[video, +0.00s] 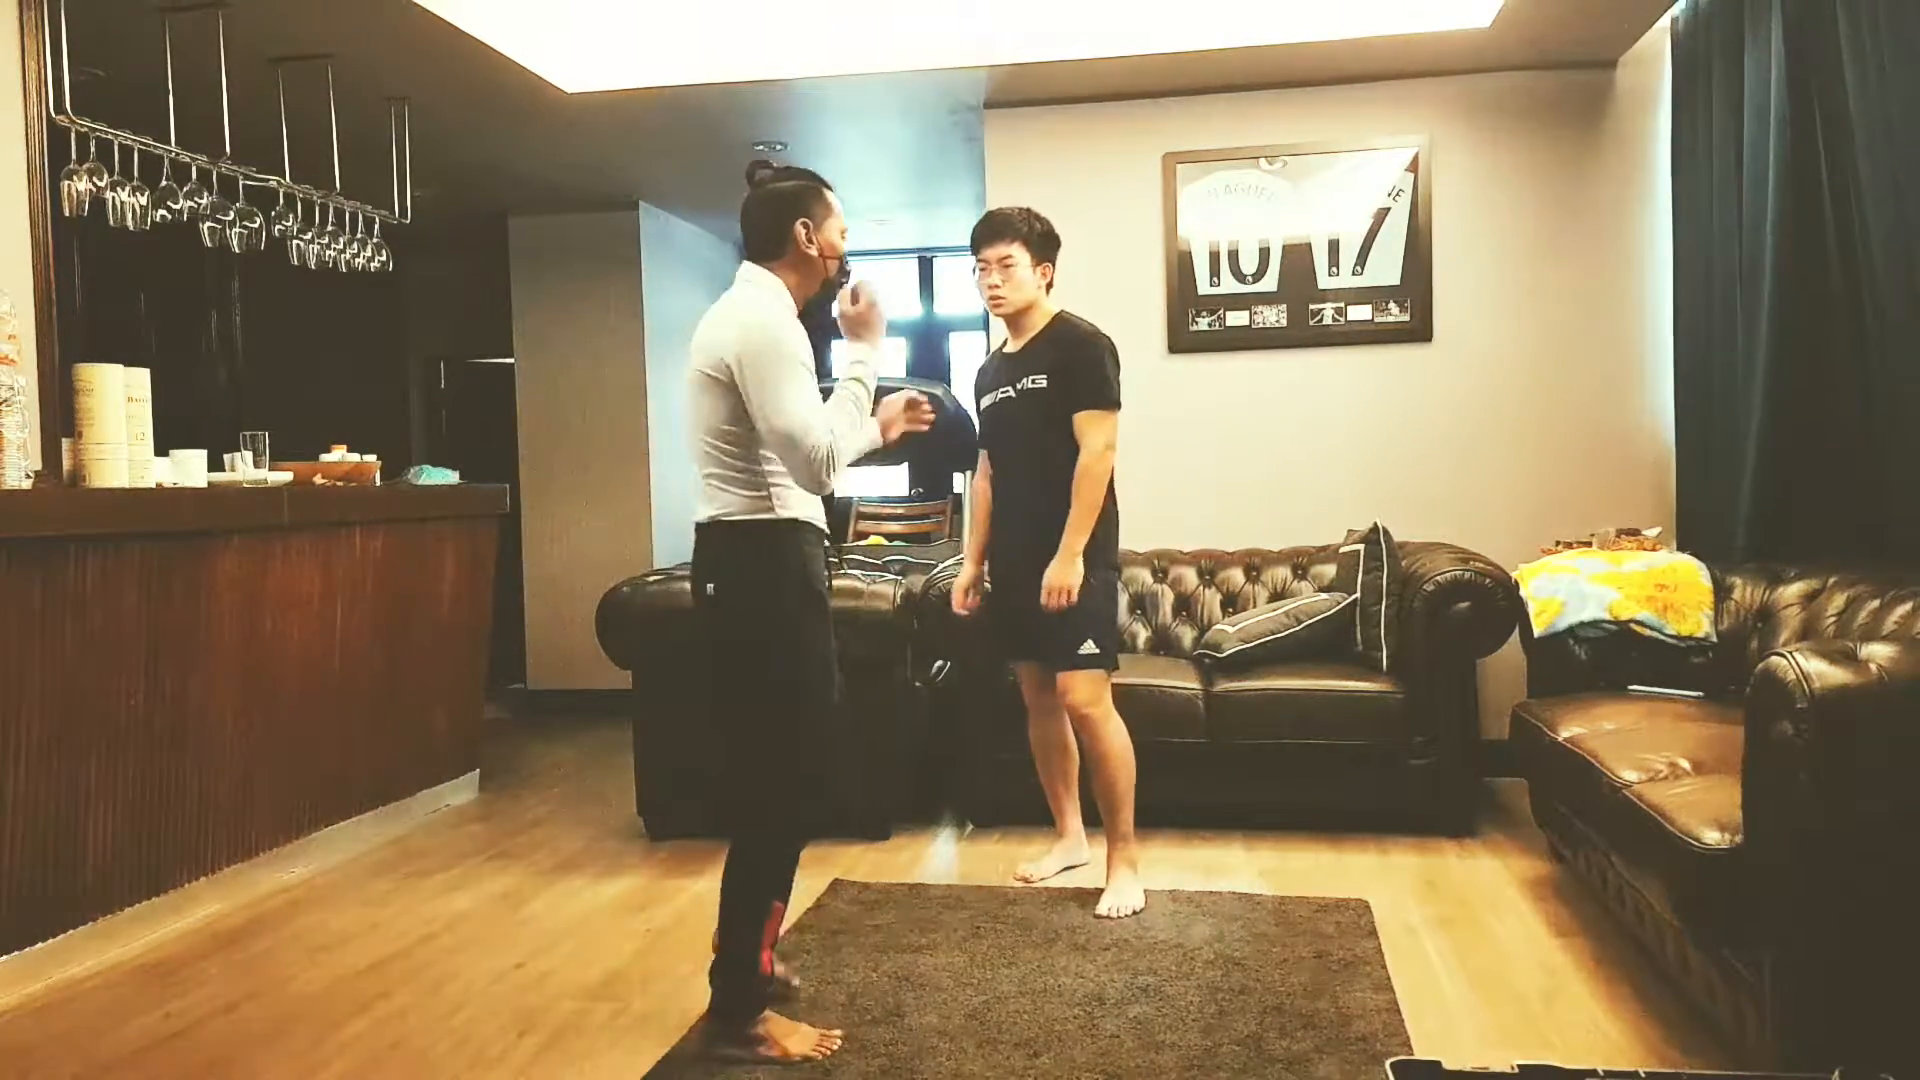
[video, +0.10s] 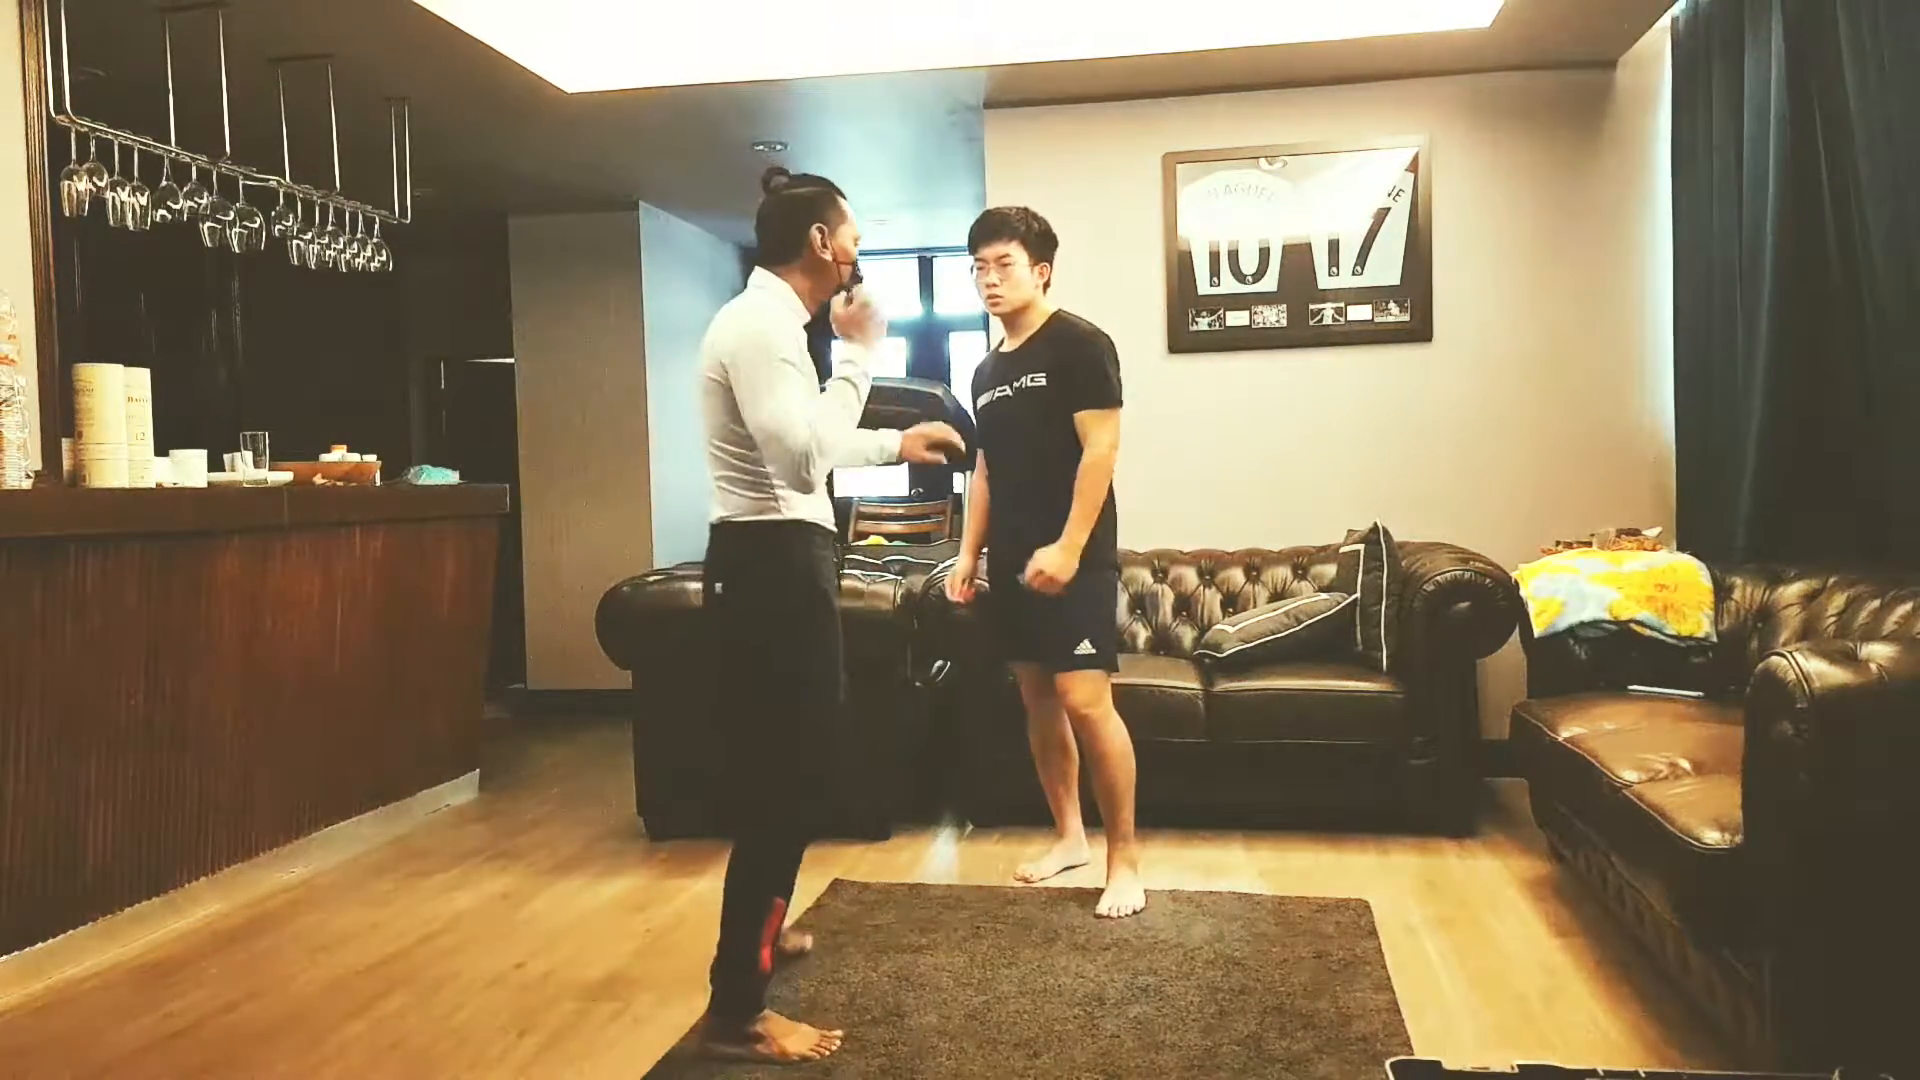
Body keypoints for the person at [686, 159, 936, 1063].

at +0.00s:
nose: (845, 243)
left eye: (841, 229)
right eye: (837, 228)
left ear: (784, 236)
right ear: (804, 233)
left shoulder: (756, 312)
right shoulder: (763, 317)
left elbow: (796, 450)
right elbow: (820, 450)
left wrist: (878, 432)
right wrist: (861, 355)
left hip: (762, 551)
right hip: (764, 555)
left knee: (783, 772)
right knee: (779, 777)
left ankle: (749, 965)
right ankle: (736, 1015)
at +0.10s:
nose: (858, 256)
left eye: (855, 242)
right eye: (850, 240)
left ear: (800, 243)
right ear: (818, 241)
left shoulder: (778, 325)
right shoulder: (761, 323)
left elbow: (811, 449)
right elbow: (800, 448)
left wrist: (898, 446)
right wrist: (857, 354)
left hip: (786, 556)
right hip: (770, 560)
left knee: (792, 774)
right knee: (786, 781)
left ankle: (752, 950)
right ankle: (737, 1014)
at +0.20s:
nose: (865, 260)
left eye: (861, 244)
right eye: (859, 245)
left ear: (805, 251)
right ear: (830, 251)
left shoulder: (797, 334)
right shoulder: (762, 334)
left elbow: (824, 424)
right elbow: (786, 448)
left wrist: (876, 390)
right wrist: (867, 391)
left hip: (800, 553)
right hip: (778, 559)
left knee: (806, 741)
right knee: (788, 771)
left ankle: (781, 889)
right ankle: (736, 1010)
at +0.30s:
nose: (868, 269)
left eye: (864, 254)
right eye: (862, 253)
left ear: (803, 258)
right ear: (837, 257)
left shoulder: (800, 339)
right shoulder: (786, 345)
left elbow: (813, 447)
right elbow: (805, 460)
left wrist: (861, 389)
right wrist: (873, 391)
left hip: (807, 555)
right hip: (791, 560)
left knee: (814, 737)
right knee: (799, 763)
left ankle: (795, 895)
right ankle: (736, 999)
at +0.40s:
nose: (852, 270)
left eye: (847, 256)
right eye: (845, 257)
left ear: (776, 268)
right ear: (823, 264)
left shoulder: (732, 349)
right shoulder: (825, 351)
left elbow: (776, 448)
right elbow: (900, 450)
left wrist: (869, 387)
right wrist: (919, 377)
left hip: (761, 549)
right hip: (827, 551)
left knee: (801, 725)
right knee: (841, 745)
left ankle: (798, 885)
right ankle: (763, 958)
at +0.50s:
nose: (838, 266)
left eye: (832, 253)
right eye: (834, 254)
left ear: (758, 268)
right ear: (820, 261)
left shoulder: (720, 354)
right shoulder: (857, 333)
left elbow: (725, 459)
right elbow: (976, 397)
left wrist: (799, 449)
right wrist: (943, 424)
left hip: (764, 546)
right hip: (845, 540)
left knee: (793, 727)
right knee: (851, 735)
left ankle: (795, 917)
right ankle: (799, 945)